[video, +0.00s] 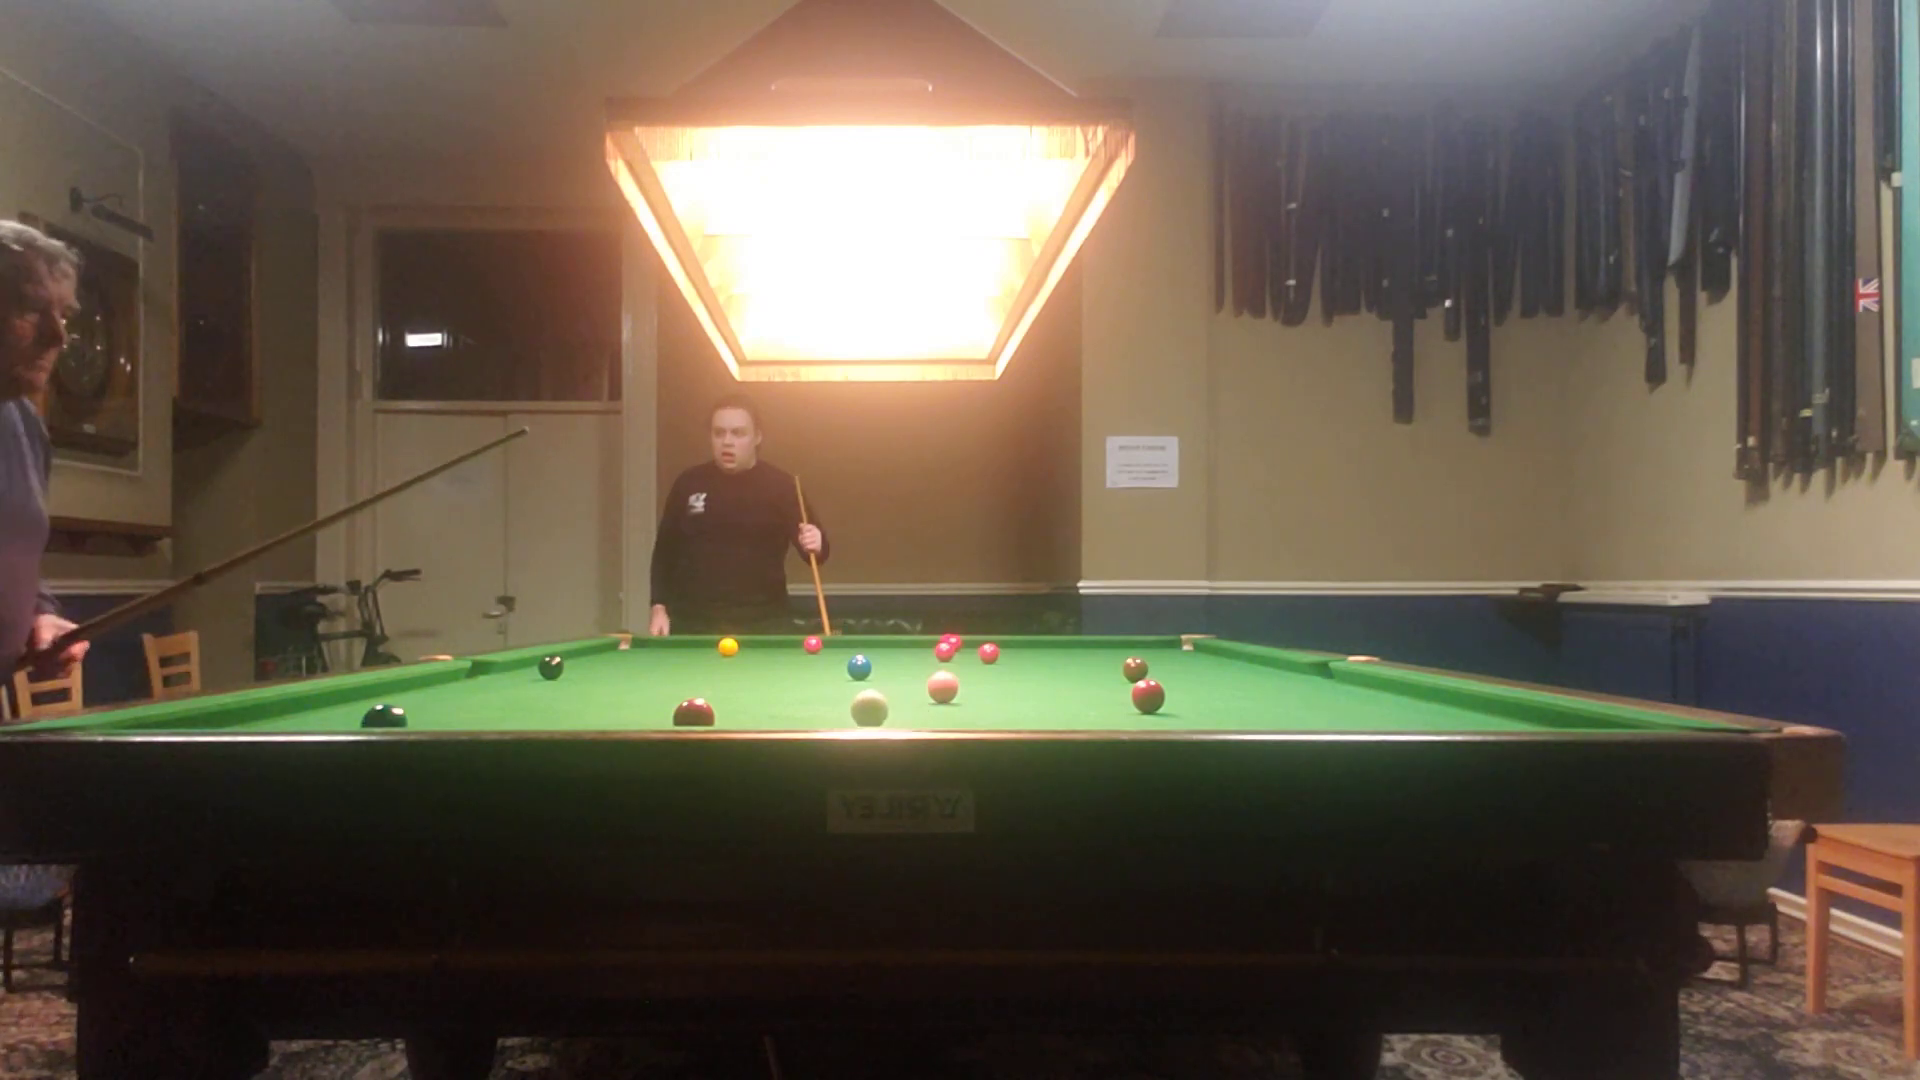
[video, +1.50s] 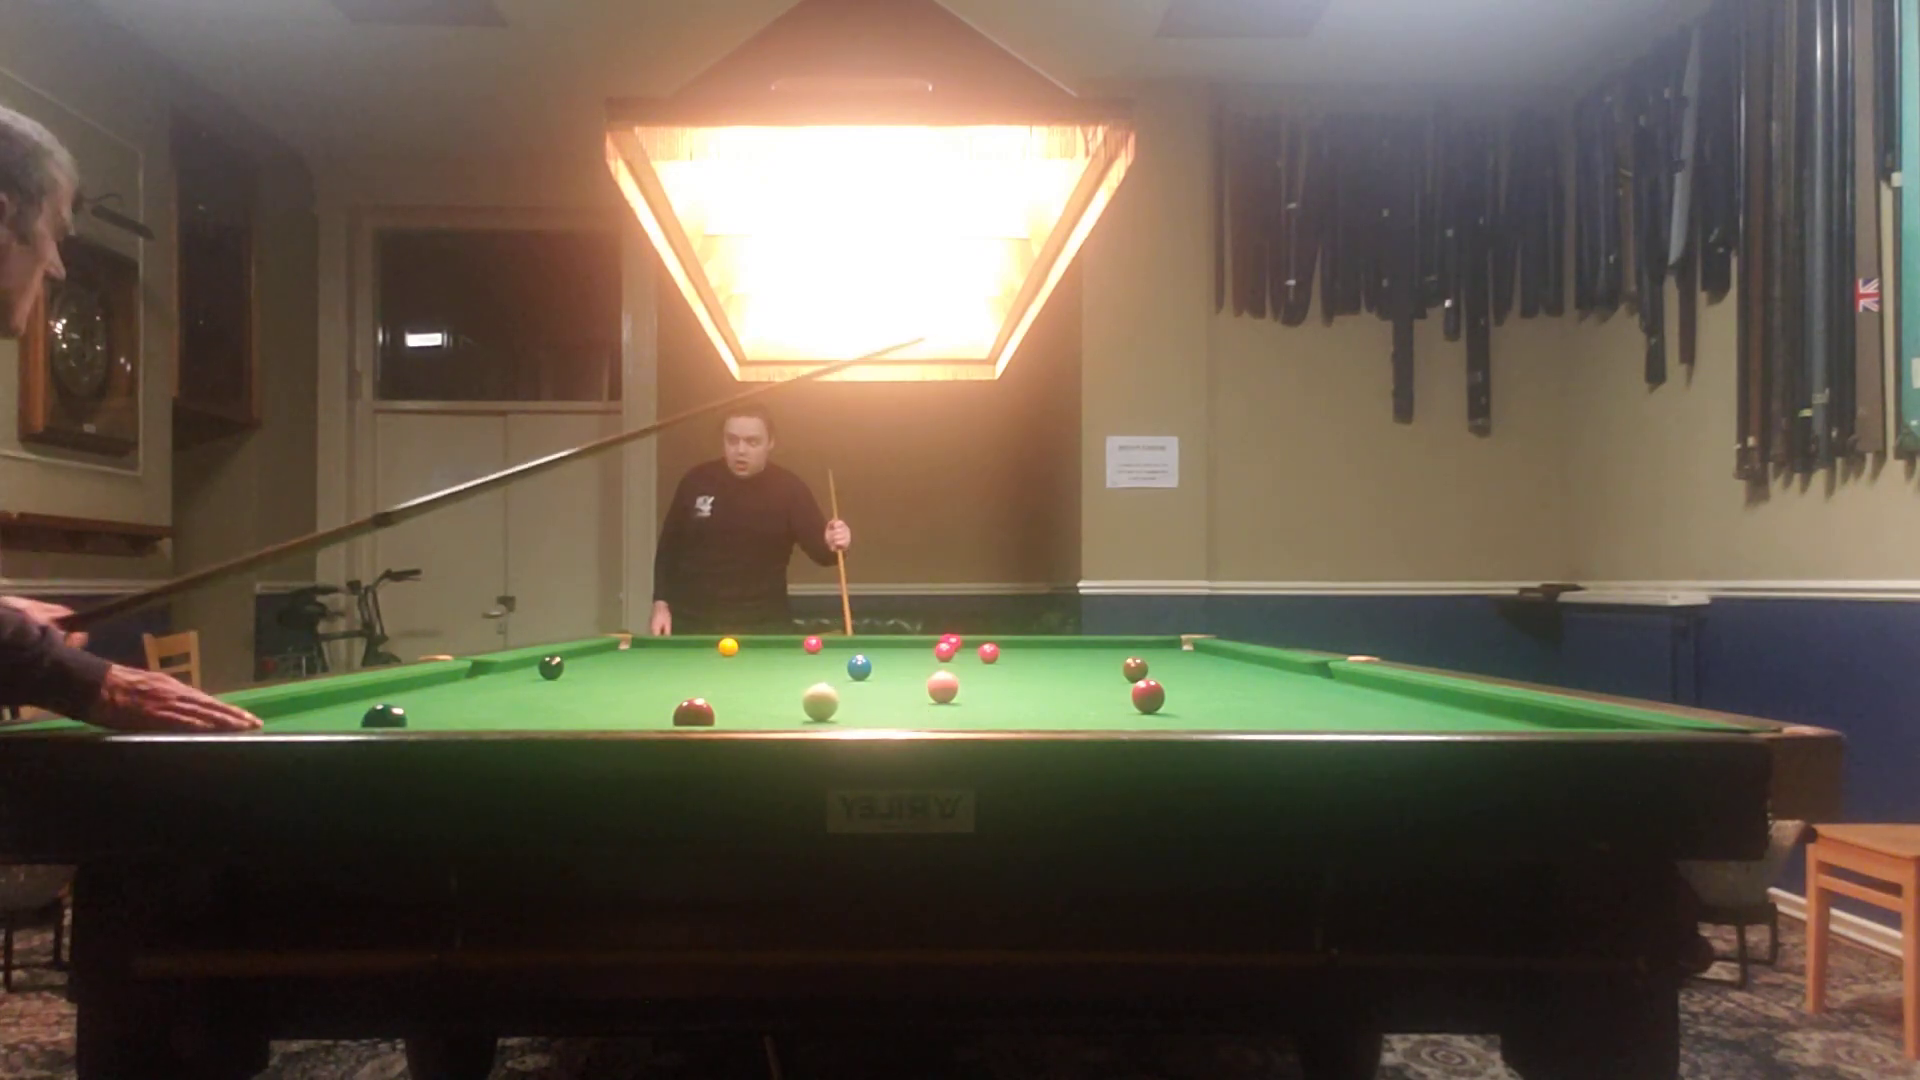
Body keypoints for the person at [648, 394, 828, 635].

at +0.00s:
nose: (727, 441)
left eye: (738, 433)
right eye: (719, 433)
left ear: (757, 437)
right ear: (711, 437)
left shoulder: (781, 486)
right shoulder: (689, 484)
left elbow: (815, 554)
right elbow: (665, 550)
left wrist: (817, 544)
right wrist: (659, 606)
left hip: (765, 629)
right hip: (695, 630)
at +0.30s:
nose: (733, 446)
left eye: (744, 437)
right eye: (725, 436)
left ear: (763, 439)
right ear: (714, 438)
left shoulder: (785, 487)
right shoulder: (691, 484)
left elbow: (815, 558)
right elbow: (665, 548)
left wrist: (817, 545)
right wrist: (658, 605)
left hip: (765, 631)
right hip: (694, 631)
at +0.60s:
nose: (736, 448)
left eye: (747, 439)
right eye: (728, 438)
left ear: (765, 441)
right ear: (717, 440)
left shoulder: (786, 487)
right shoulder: (694, 482)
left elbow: (814, 559)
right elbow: (667, 546)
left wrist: (817, 546)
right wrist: (659, 605)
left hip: (765, 632)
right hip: (695, 632)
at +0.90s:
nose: (738, 449)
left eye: (749, 440)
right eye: (730, 438)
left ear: (767, 442)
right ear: (719, 440)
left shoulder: (786, 487)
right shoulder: (696, 481)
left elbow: (812, 558)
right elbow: (667, 545)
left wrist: (820, 547)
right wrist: (659, 603)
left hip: (764, 633)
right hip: (694, 632)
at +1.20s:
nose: (740, 450)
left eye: (751, 440)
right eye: (732, 440)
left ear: (769, 442)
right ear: (721, 441)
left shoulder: (788, 490)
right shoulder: (693, 490)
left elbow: (815, 555)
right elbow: (667, 550)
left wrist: (826, 546)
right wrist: (660, 603)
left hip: (765, 636)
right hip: (694, 635)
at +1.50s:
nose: (740, 450)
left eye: (752, 442)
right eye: (733, 440)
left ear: (771, 444)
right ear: (723, 441)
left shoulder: (788, 489)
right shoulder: (697, 483)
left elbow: (820, 552)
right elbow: (669, 547)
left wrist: (831, 543)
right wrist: (661, 604)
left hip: (764, 630)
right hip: (695, 628)